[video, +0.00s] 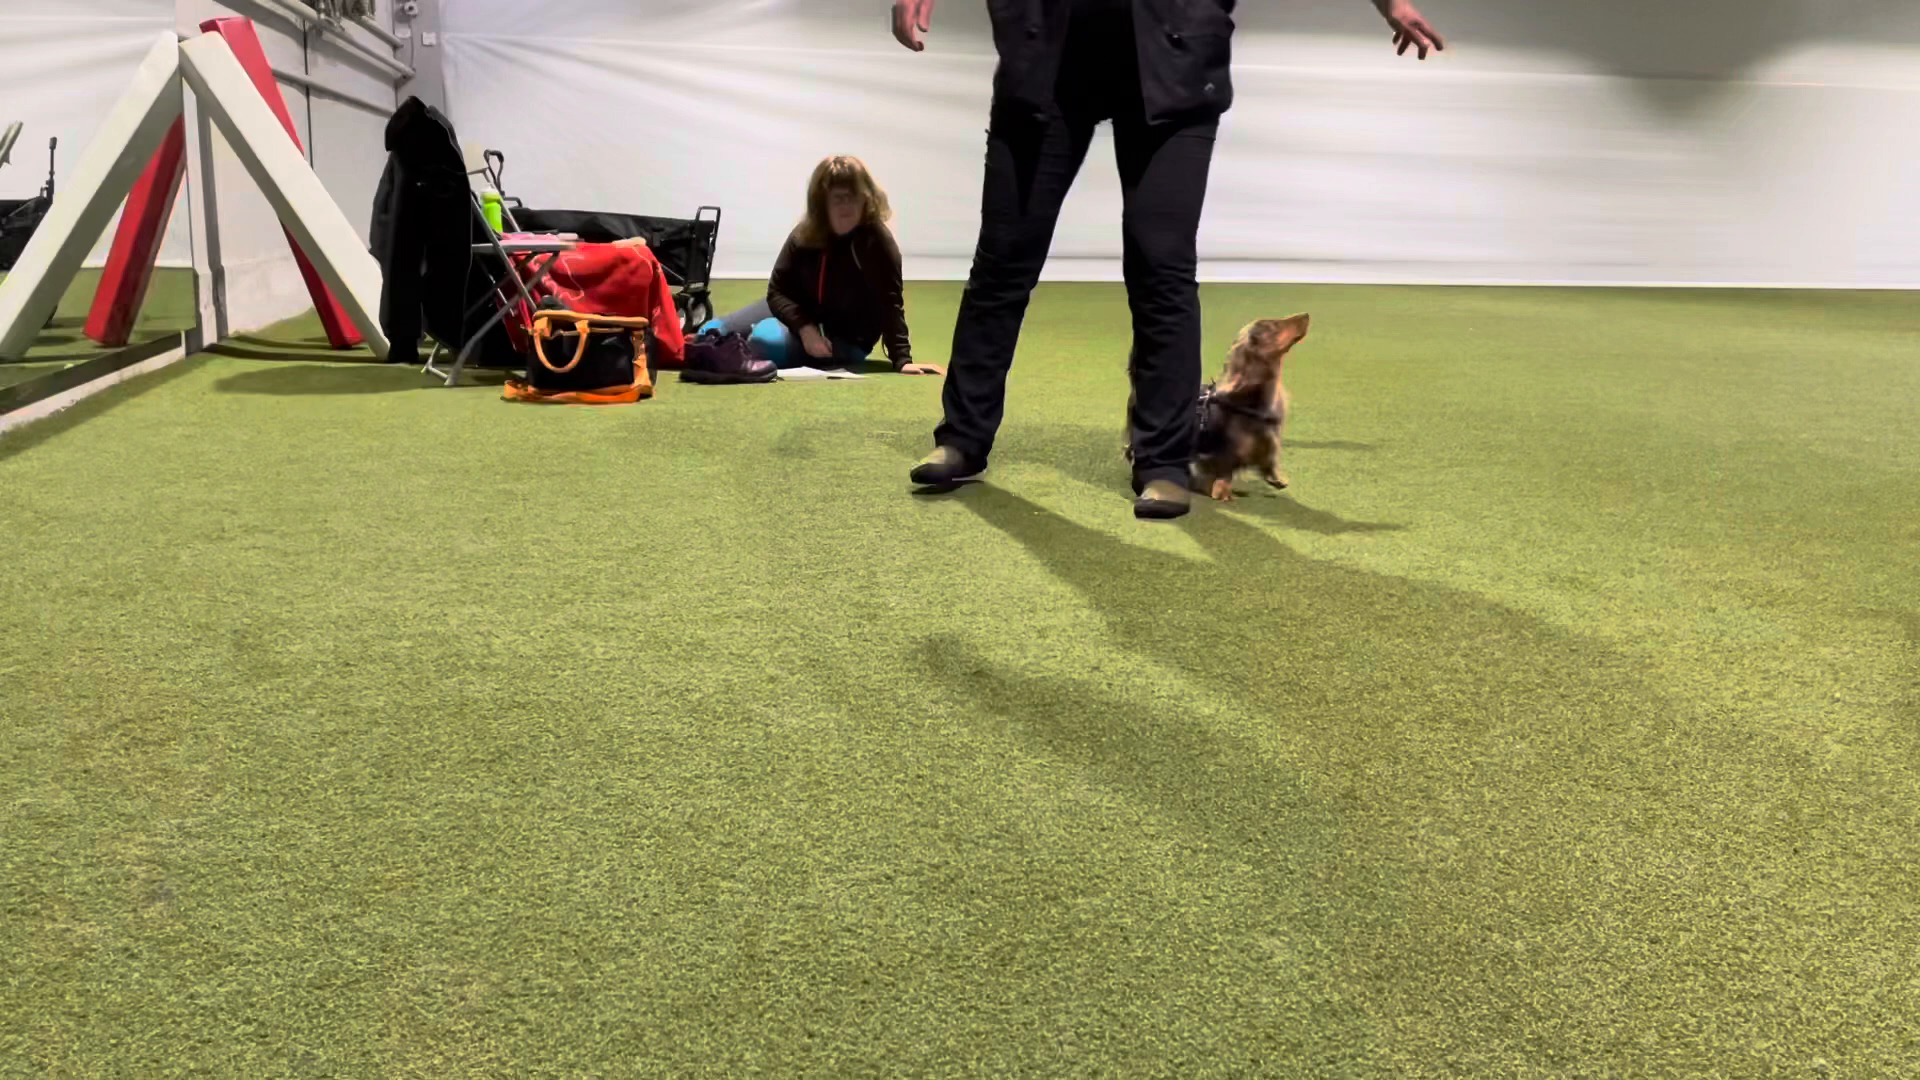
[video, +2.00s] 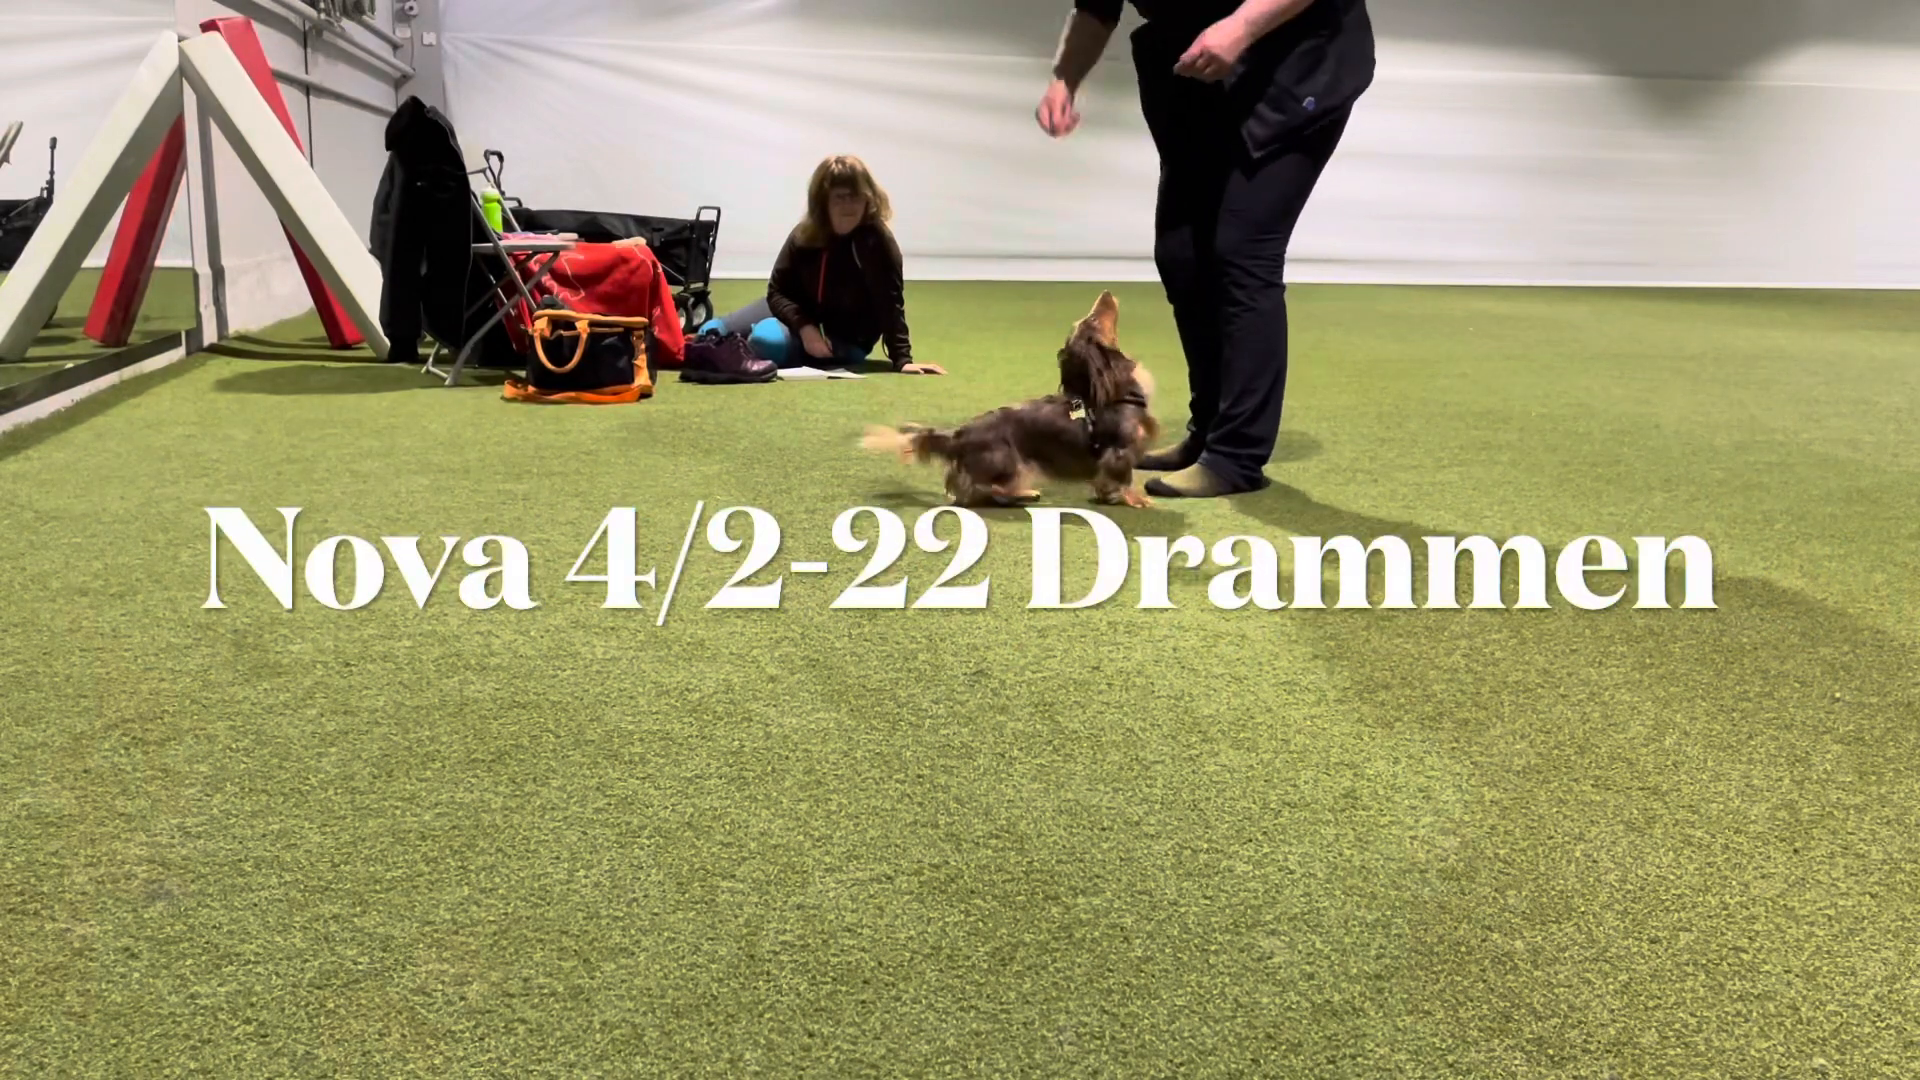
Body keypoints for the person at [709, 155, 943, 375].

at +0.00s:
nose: (846, 205)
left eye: (853, 196)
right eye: (837, 198)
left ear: (866, 201)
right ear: (821, 202)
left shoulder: (879, 244)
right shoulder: (805, 237)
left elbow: (891, 303)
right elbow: (778, 291)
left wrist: (902, 360)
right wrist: (805, 327)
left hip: (843, 337)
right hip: (797, 312)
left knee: (765, 338)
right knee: (712, 332)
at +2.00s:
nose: (848, 204)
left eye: (855, 195)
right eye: (839, 196)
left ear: (868, 200)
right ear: (823, 200)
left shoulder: (878, 242)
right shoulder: (805, 236)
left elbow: (891, 302)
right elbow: (778, 292)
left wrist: (902, 360)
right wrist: (804, 327)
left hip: (841, 338)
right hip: (793, 313)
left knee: (764, 337)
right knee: (714, 331)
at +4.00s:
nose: (848, 205)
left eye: (855, 196)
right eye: (839, 197)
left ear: (866, 201)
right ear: (822, 201)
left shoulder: (878, 243)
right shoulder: (804, 237)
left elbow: (891, 302)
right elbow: (778, 293)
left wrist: (902, 360)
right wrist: (804, 327)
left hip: (840, 338)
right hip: (793, 313)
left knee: (764, 338)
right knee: (712, 332)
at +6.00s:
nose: (848, 205)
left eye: (855, 197)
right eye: (839, 198)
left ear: (867, 200)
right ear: (823, 201)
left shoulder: (878, 243)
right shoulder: (804, 237)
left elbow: (892, 302)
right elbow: (777, 292)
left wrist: (902, 360)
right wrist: (804, 327)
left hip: (843, 338)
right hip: (797, 313)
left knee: (764, 336)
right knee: (714, 330)